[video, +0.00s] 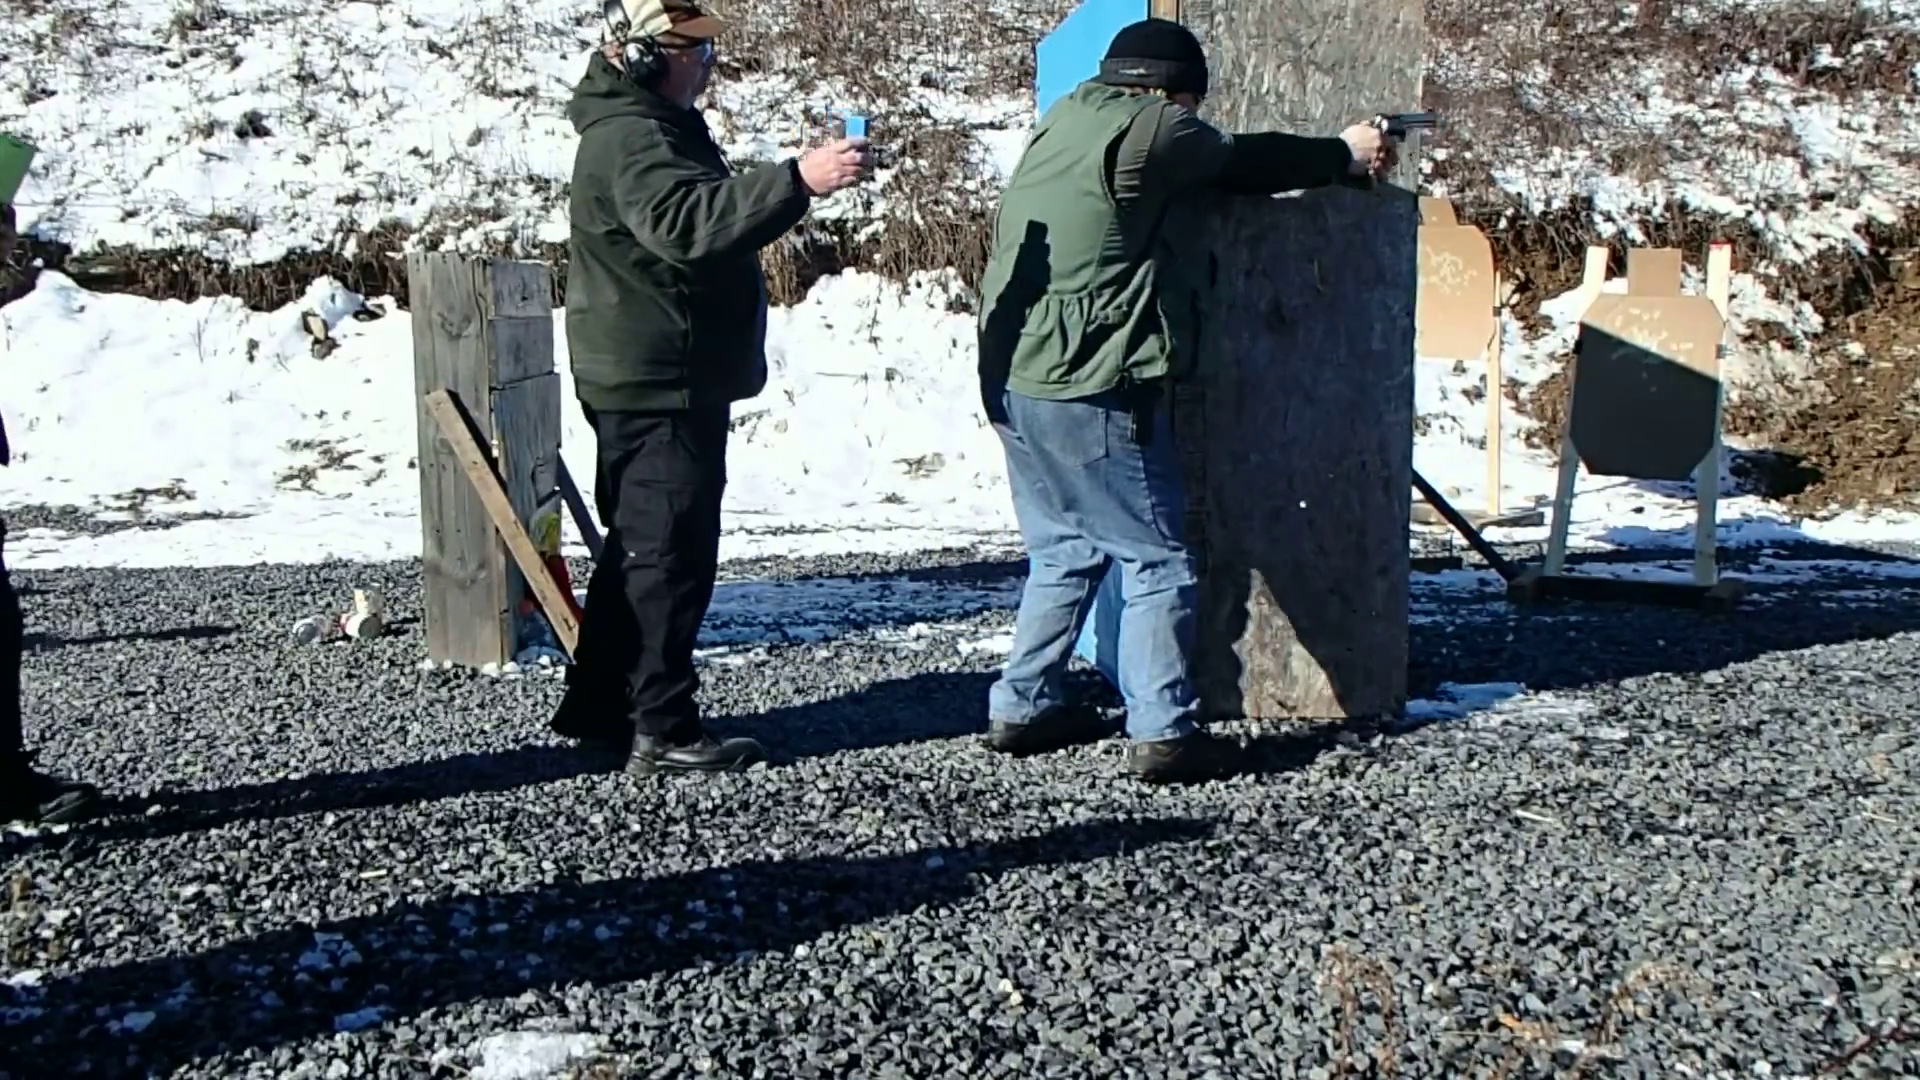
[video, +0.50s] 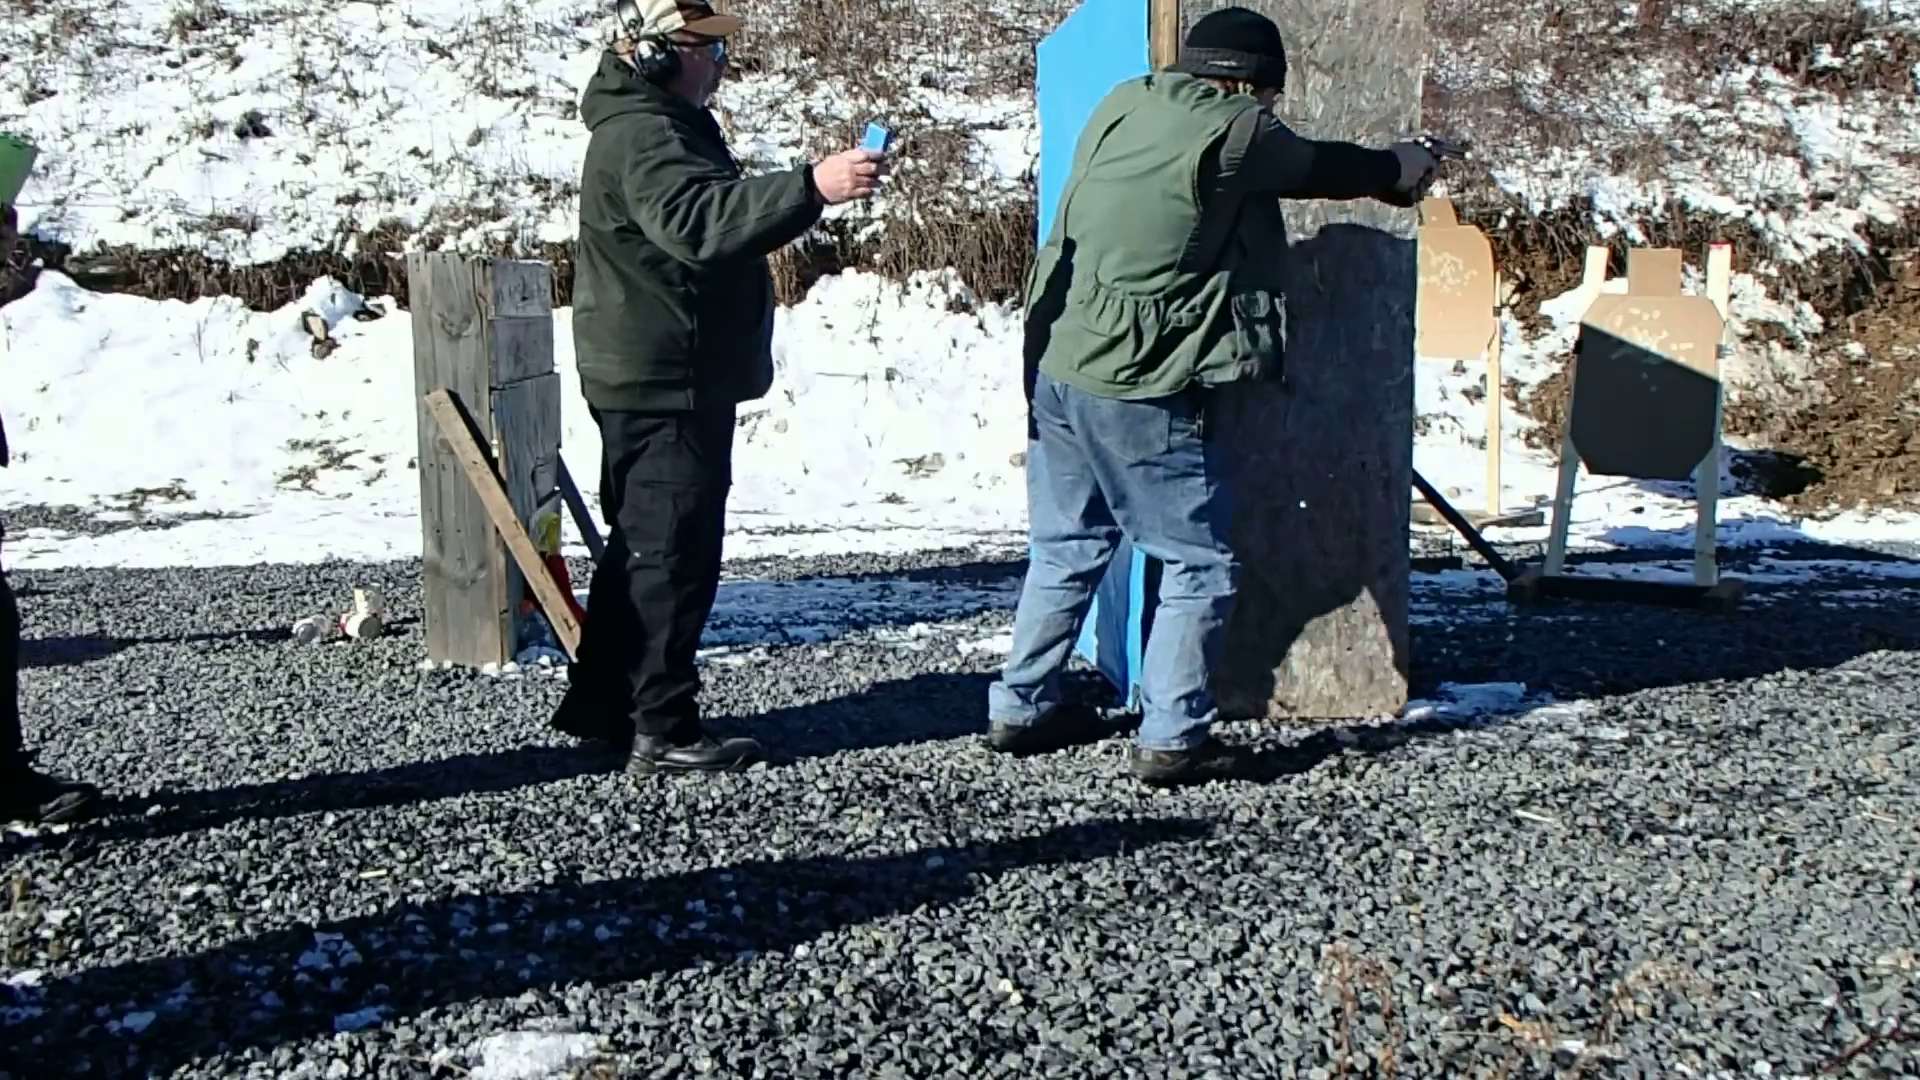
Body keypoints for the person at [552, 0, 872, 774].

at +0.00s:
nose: (710, 65)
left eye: (709, 52)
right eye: (698, 51)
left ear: (647, 56)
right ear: (651, 56)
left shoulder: (658, 126)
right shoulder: (631, 134)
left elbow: (707, 217)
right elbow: (688, 226)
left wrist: (792, 174)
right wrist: (798, 178)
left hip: (669, 379)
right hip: (658, 384)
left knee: (645, 547)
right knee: (671, 555)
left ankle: (598, 706)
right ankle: (662, 731)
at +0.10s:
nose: (709, 64)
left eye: (708, 51)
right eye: (698, 50)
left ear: (644, 55)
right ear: (650, 55)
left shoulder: (654, 126)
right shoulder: (634, 134)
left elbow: (702, 224)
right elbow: (691, 226)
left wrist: (792, 180)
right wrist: (802, 182)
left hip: (664, 380)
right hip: (660, 385)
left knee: (644, 548)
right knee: (671, 556)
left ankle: (599, 705)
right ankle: (662, 730)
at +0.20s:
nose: (713, 63)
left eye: (712, 50)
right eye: (702, 49)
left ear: (647, 55)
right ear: (654, 55)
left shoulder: (651, 125)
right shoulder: (637, 133)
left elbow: (704, 223)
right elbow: (694, 227)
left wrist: (796, 180)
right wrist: (805, 182)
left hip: (659, 379)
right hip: (662, 385)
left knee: (643, 548)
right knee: (673, 556)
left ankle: (598, 706)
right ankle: (663, 731)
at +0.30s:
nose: (717, 63)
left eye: (716, 49)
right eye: (704, 48)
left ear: (650, 55)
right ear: (655, 53)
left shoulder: (654, 122)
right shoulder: (641, 132)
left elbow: (703, 223)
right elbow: (695, 226)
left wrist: (795, 192)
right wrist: (807, 183)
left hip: (657, 377)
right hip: (665, 384)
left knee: (643, 546)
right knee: (674, 555)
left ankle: (600, 704)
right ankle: (662, 731)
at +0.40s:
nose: (718, 62)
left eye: (718, 49)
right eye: (707, 48)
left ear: (653, 54)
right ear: (658, 52)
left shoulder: (658, 122)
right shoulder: (642, 131)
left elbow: (709, 223)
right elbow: (696, 226)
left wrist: (803, 190)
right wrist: (809, 184)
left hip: (661, 377)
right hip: (666, 383)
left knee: (644, 546)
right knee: (674, 554)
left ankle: (600, 703)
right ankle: (662, 731)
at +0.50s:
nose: (720, 63)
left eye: (720, 49)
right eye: (709, 48)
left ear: (658, 53)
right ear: (661, 51)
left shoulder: (666, 123)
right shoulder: (645, 130)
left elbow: (716, 221)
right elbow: (700, 226)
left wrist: (808, 190)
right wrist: (812, 185)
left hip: (669, 378)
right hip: (666, 383)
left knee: (645, 546)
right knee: (675, 554)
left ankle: (600, 702)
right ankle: (662, 731)